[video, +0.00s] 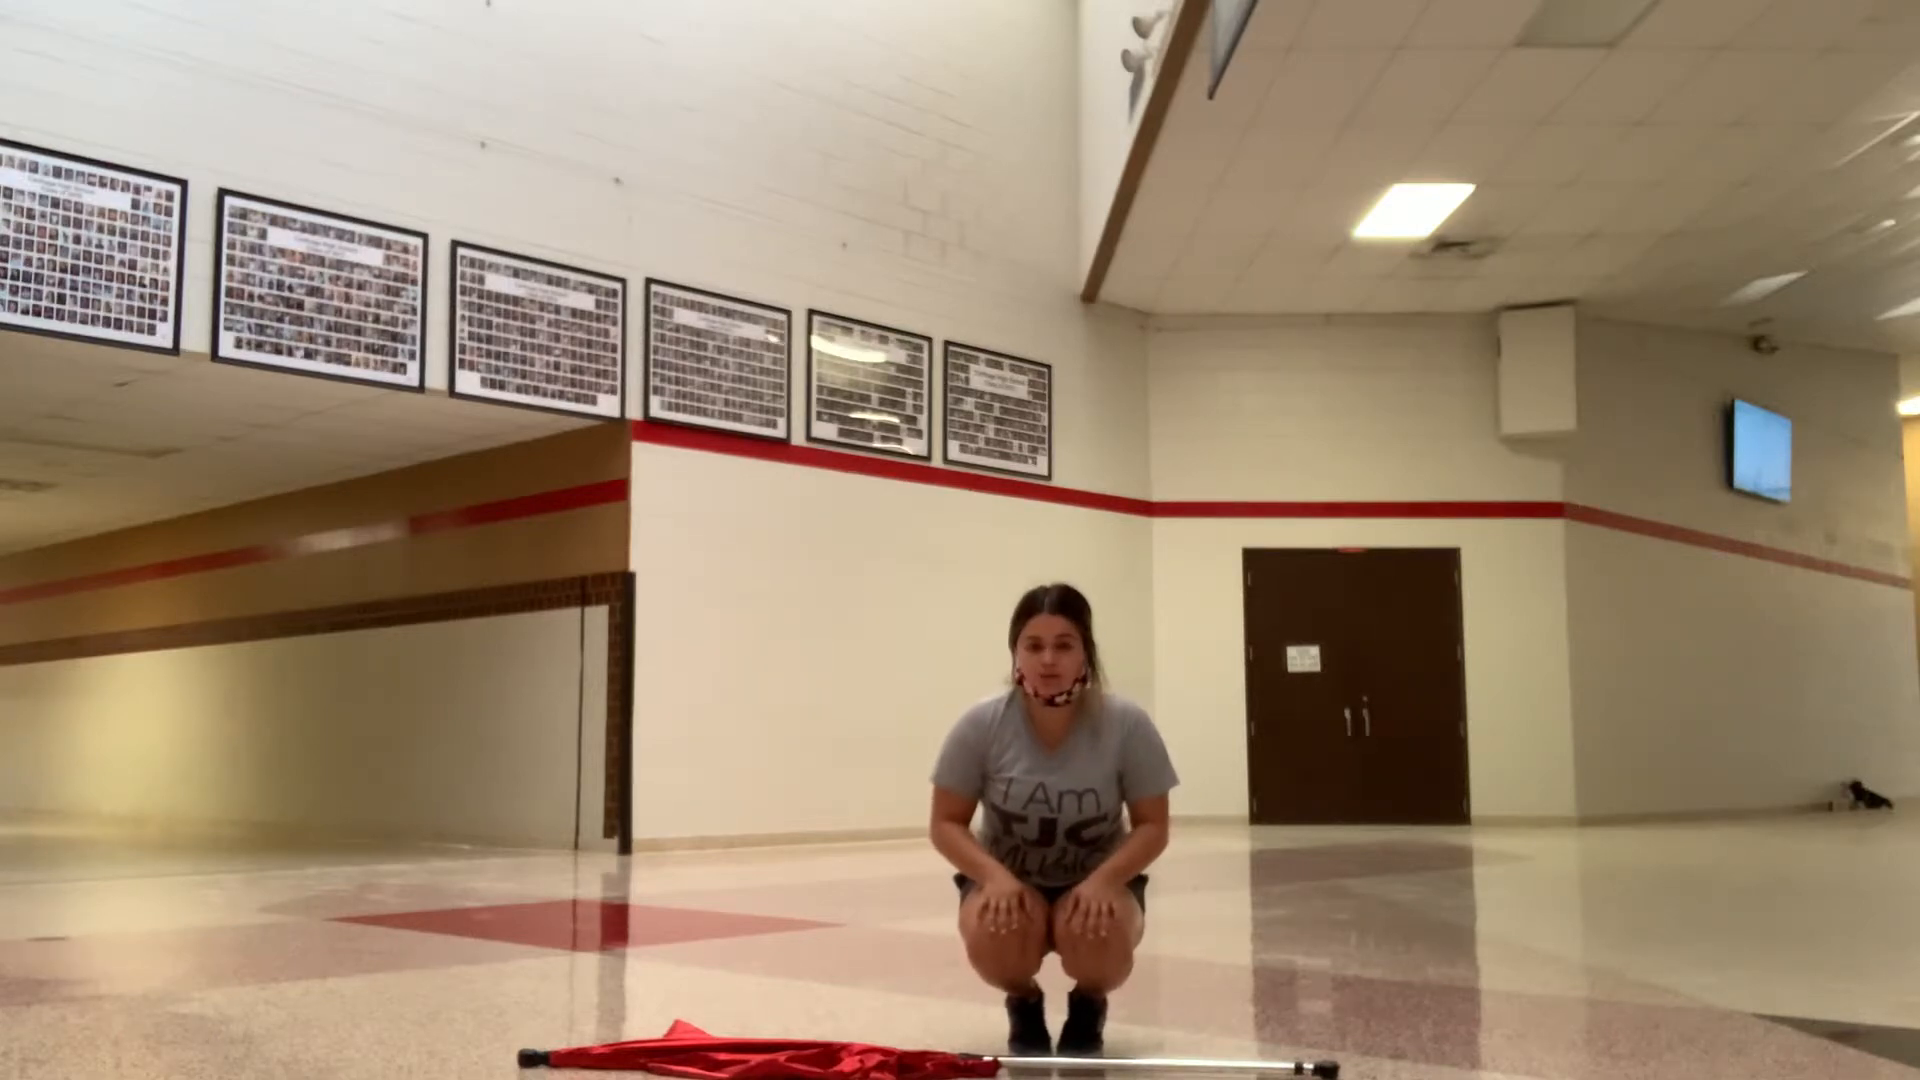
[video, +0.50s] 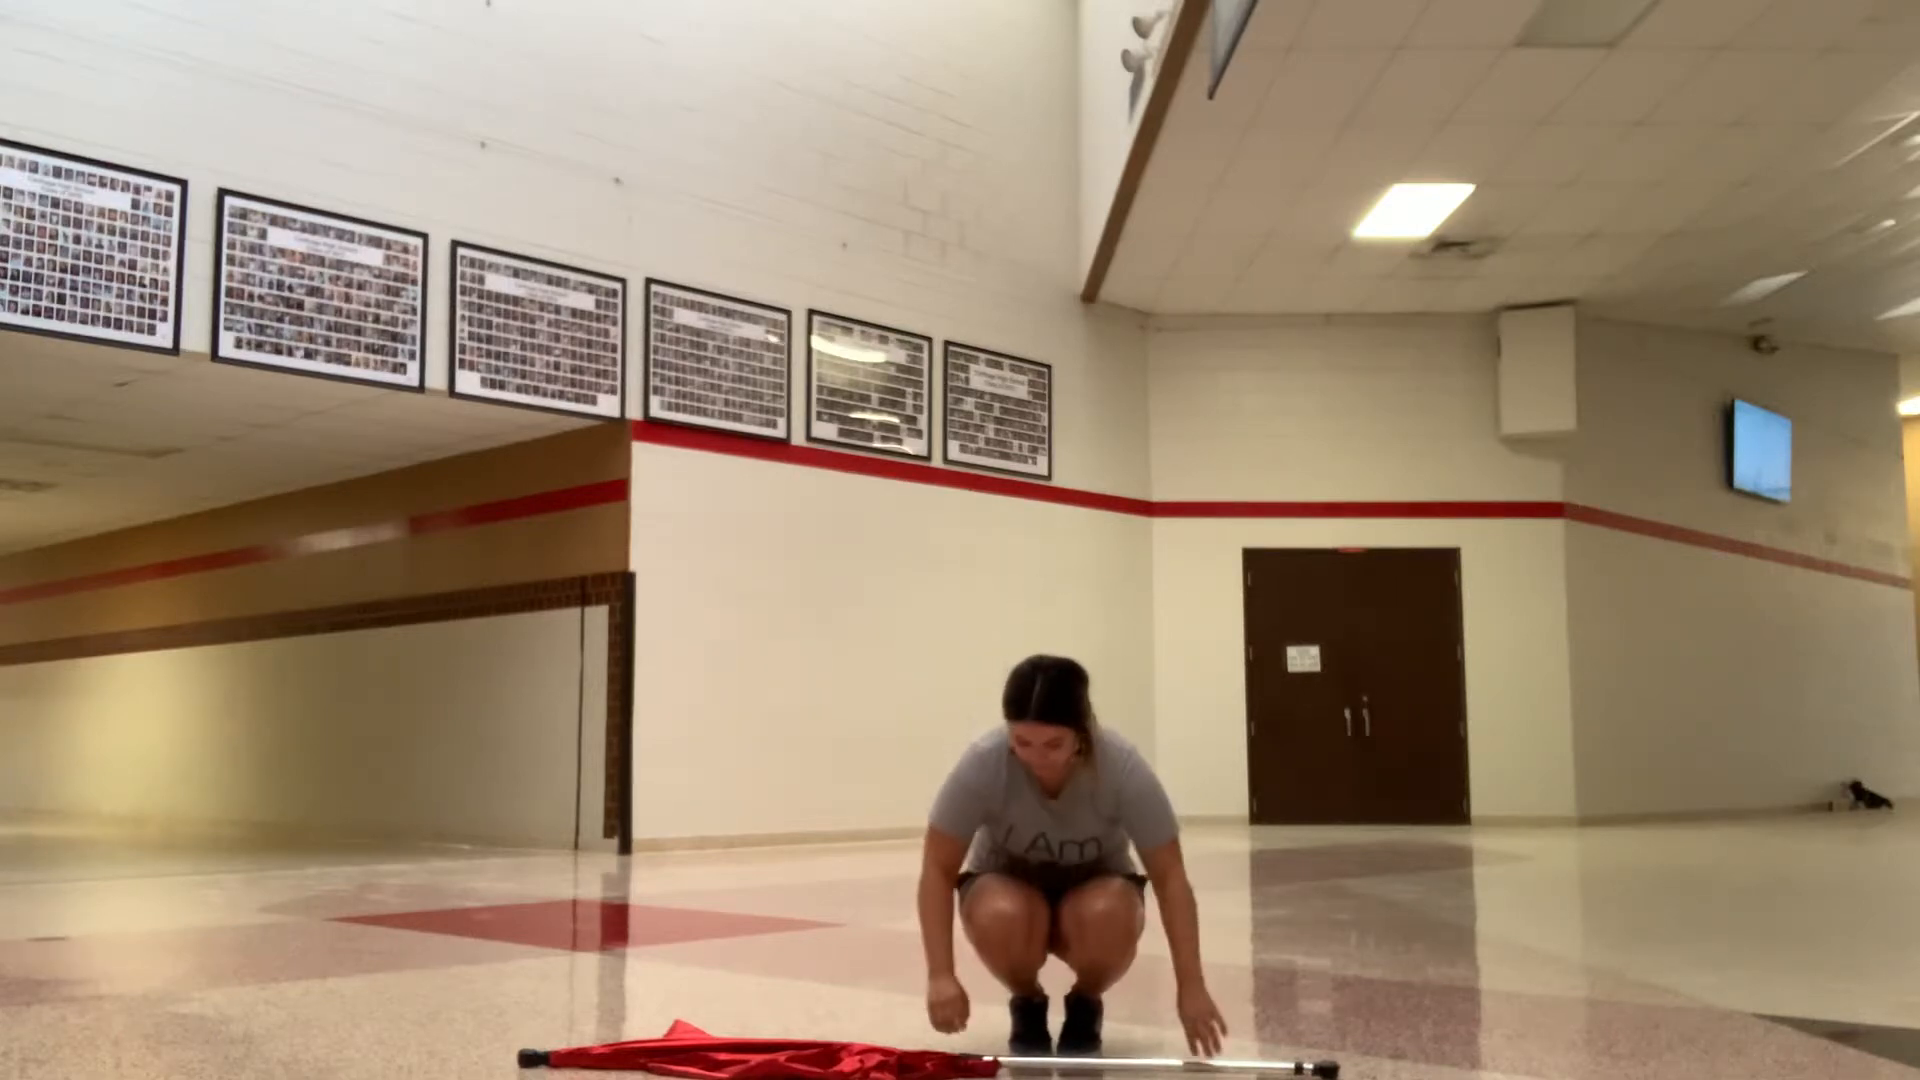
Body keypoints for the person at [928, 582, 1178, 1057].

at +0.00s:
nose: (1049, 660)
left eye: (1064, 646)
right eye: (1034, 646)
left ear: (1087, 655)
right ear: (1015, 656)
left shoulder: (1126, 726)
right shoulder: (983, 727)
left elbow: (1154, 827)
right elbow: (946, 826)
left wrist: (1103, 879)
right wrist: (994, 875)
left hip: (1097, 883)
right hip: (1008, 882)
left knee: (1098, 930)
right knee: (997, 929)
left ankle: (1088, 1006)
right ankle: (1022, 1004)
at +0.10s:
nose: (1045, 678)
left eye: (1060, 662)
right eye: (1031, 663)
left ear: (1084, 665)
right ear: (1013, 665)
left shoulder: (1123, 731)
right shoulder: (980, 731)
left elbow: (1158, 832)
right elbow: (946, 829)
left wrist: (1109, 878)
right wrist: (989, 875)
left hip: (1096, 883)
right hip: (1008, 883)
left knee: (1097, 928)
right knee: (997, 925)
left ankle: (1088, 1005)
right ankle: (1022, 1003)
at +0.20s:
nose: (1040, 701)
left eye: (1055, 685)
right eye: (1026, 685)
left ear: (1081, 681)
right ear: (1011, 679)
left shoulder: (1125, 738)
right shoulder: (979, 738)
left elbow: (1161, 835)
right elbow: (948, 831)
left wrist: (1127, 882)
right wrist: (963, 885)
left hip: (1093, 888)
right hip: (1012, 886)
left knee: (1097, 922)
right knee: (1000, 919)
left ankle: (1087, 1002)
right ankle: (1023, 1001)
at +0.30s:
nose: (1037, 722)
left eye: (1053, 707)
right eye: (1024, 706)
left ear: (1081, 698)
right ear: (1009, 697)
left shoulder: (1125, 749)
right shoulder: (979, 749)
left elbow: (1166, 844)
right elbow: (943, 841)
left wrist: (1154, 911)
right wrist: (939, 915)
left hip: (1095, 881)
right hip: (1007, 880)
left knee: (1100, 921)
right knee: (1000, 922)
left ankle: (1085, 1001)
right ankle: (1025, 1001)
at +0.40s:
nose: (1037, 741)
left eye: (1053, 726)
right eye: (1024, 726)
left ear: (1080, 715)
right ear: (1009, 715)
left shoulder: (1123, 760)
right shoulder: (981, 758)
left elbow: (1171, 860)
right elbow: (937, 856)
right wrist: (932, 954)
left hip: (1095, 882)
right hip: (1006, 881)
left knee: (1105, 918)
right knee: (1001, 920)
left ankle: (1085, 1002)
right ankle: (1025, 1001)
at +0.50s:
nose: (1038, 759)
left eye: (1053, 745)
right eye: (1023, 743)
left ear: (1081, 733)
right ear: (1010, 729)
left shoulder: (1122, 770)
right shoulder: (983, 766)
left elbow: (1169, 878)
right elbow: (938, 869)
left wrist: (1192, 987)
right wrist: (941, 976)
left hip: (1094, 886)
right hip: (1009, 885)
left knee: (1107, 915)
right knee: (1000, 916)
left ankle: (1086, 1002)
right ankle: (1026, 1001)